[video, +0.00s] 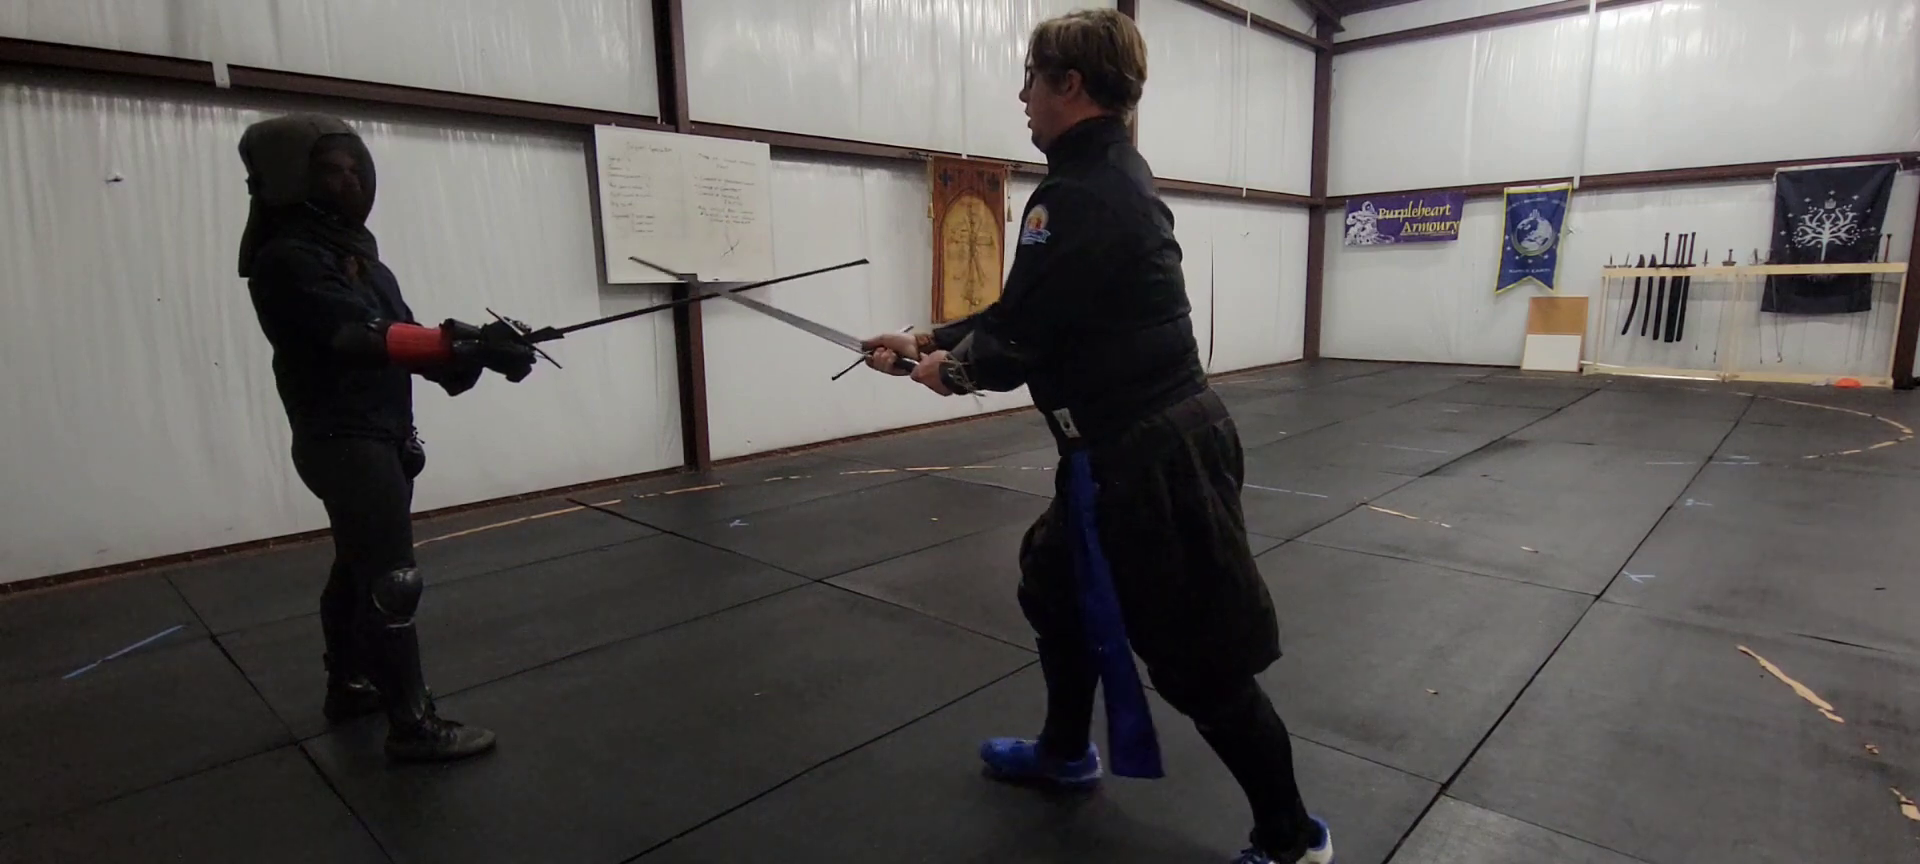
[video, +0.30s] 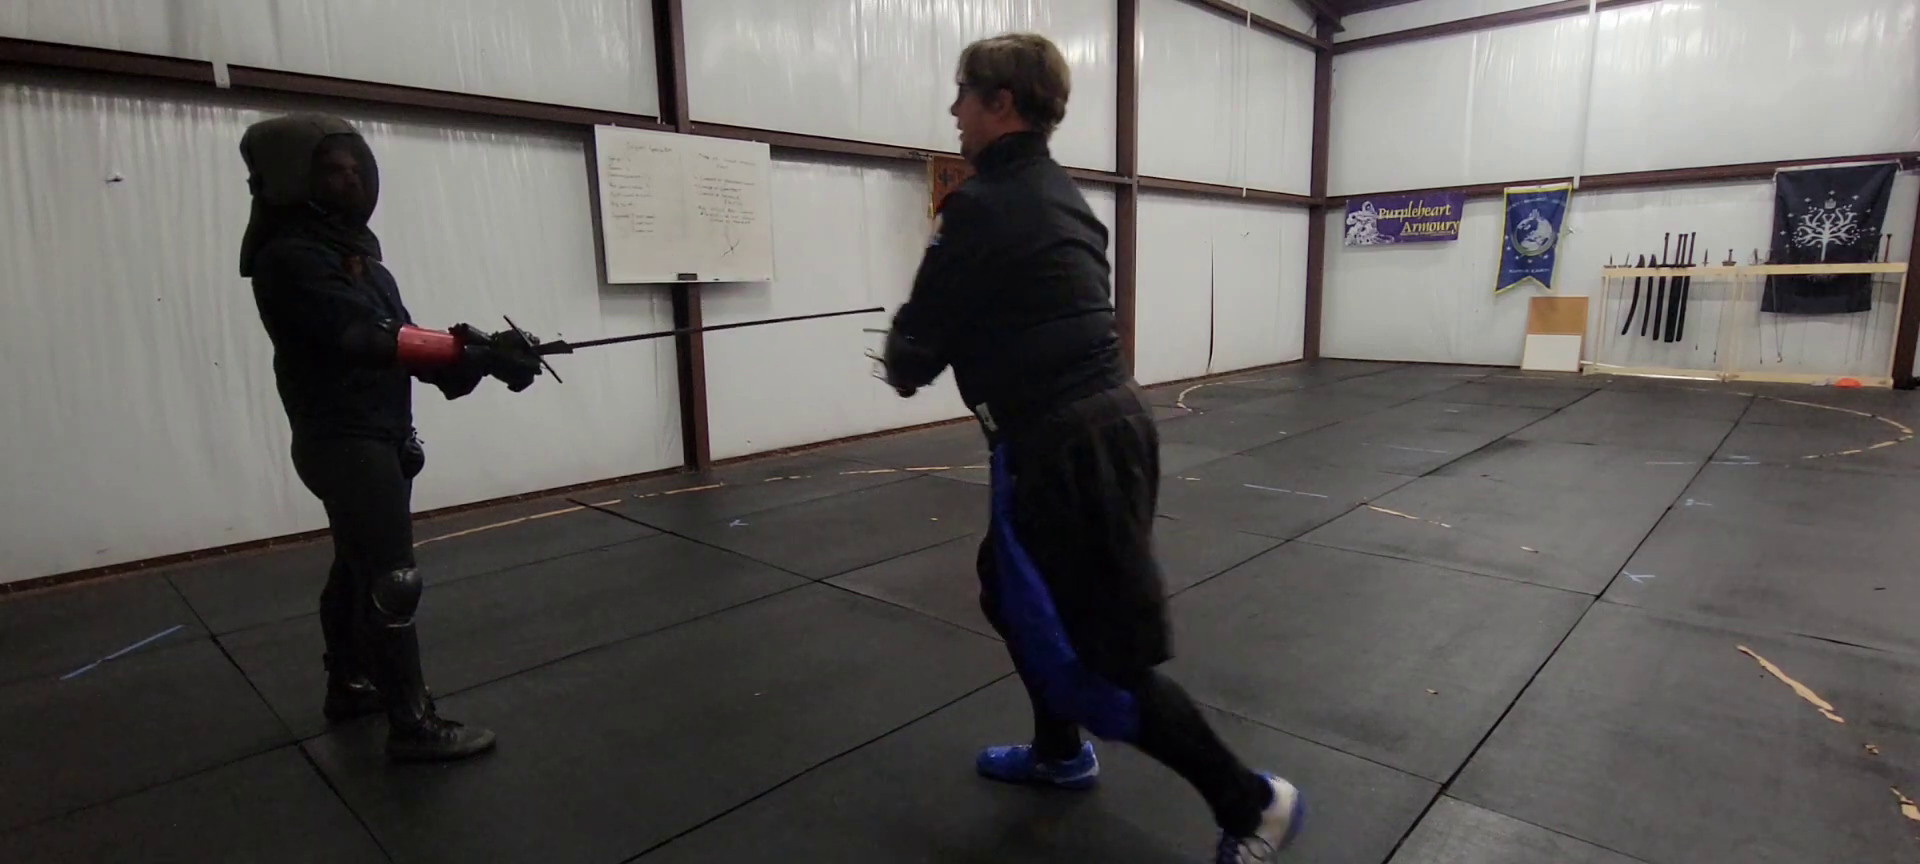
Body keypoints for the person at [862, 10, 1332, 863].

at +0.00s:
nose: (1024, 98)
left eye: (1033, 82)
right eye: (1027, 81)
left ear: (1072, 89)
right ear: (1091, 92)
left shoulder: (1082, 192)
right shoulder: (1106, 177)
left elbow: (1028, 334)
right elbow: (1026, 309)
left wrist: (951, 369)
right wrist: (928, 340)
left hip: (1153, 448)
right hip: (1147, 436)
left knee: (1197, 652)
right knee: (1052, 577)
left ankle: (1289, 838)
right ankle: (1064, 752)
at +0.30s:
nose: (954, 113)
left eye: (962, 98)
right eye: (956, 97)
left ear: (1001, 106)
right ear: (1027, 111)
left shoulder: (981, 207)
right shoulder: (1065, 193)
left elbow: (911, 359)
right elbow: (1040, 304)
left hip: (1058, 444)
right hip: (1114, 419)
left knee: (1080, 658)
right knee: (1009, 590)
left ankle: (1251, 802)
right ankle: (1059, 749)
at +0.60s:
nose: (860, 117)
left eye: (872, 103)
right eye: (866, 102)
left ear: (908, 118)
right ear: (929, 123)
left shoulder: (895, 217)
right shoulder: (962, 199)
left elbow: (825, 352)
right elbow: (916, 319)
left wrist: (782, 352)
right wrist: (818, 317)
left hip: (965, 458)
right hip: (1035, 436)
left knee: (839, 605)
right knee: (980, 603)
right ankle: (1059, 752)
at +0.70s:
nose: (817, 123)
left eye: (826, 111)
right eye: (821, 109)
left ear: (865, 122)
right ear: (883, 123)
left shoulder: (845, 215)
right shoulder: (915, 199)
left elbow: (738, 306)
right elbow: (795, 277)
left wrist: (675, 286)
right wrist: (700, 275)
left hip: (904, 470)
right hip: (989, 444)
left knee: (786, 636)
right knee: (965, 608)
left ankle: (688, 848)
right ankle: (1059, 751)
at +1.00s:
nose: (616, 119)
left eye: (618, 106)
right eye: (617, 106)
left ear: (635, 109)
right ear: (711, 109)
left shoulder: (599, 212)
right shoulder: (757, 195)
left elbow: (546, 335)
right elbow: (723, 299)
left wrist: (625, 278)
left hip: (695, 479)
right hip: (817, 453)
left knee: (598, 672)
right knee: (886, 617)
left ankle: (635, 847)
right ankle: (978, 762)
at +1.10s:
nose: (554, 105)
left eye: (556, 91)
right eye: (556, 91)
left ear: (571, 96)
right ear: (657, 96)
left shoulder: (524, 218)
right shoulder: (724, 187)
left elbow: (526, 373)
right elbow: (769, 333)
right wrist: (709, 392)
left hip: (626, 464)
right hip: (762, 435)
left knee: (597, 690)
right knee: (831, 647)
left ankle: (632, 850)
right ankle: (903, 831)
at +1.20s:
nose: (503, 121)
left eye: (504, 105)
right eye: (502, 105)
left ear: (519, 109)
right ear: (604, 102)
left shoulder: (485, 231)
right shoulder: (690, 183)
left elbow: (502, 376)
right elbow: (755, 316)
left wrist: (564, 452)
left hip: (584, 459)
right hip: (731, 430)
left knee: (583, 686)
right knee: (758, 675)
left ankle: (623, 849)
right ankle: (776, 846)